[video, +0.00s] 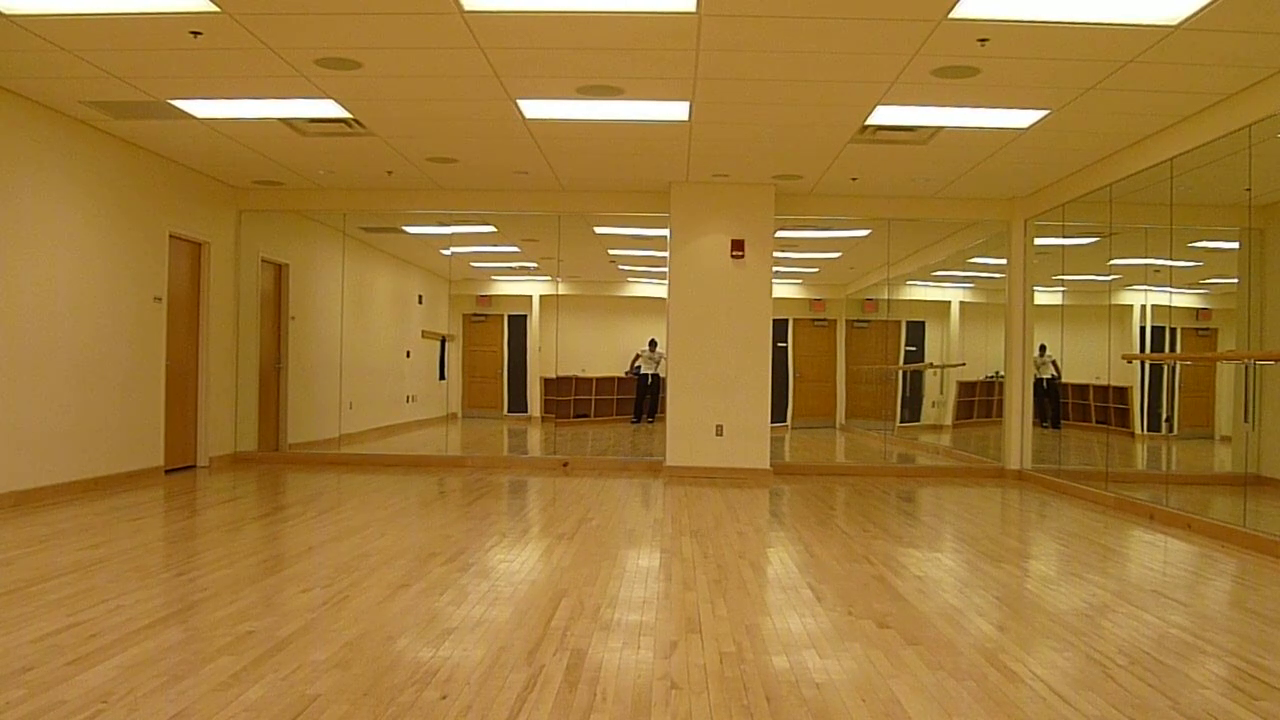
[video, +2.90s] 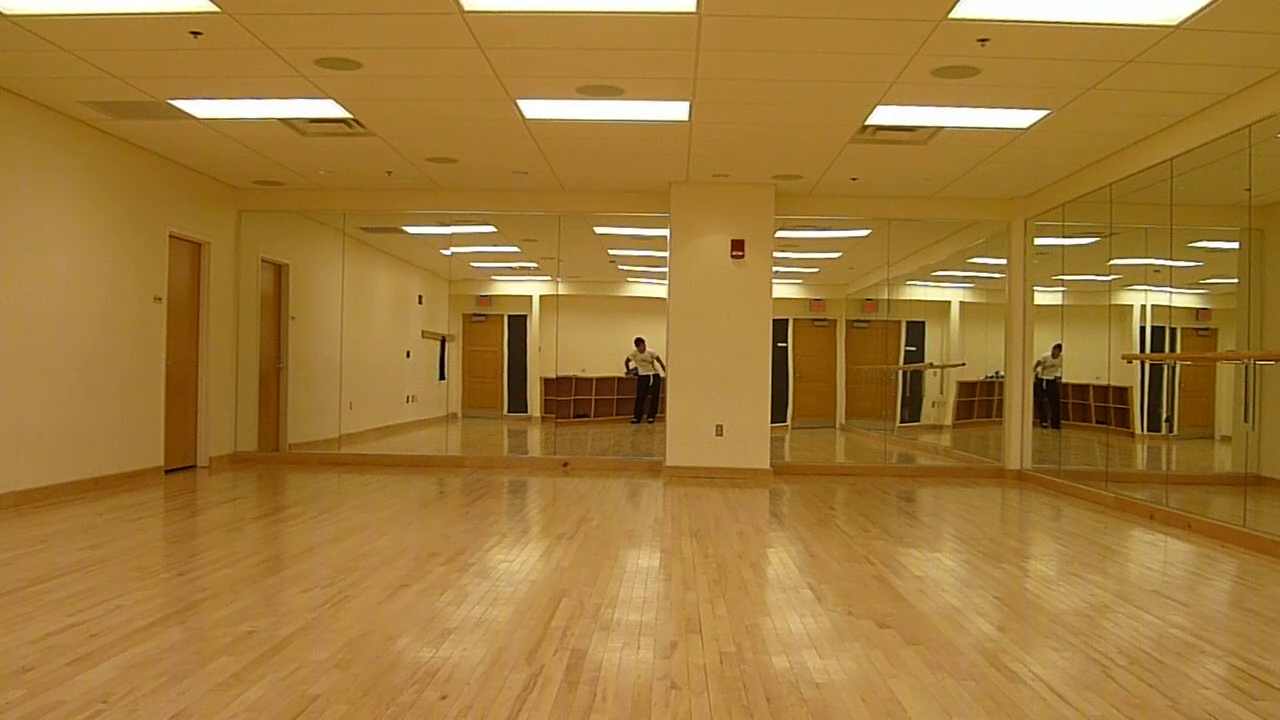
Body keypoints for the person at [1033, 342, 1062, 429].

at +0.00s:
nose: (1042, 353)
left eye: (1043, 351)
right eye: (1041, 351)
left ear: (1046, 351)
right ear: (1038, 351)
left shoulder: (1050, 358)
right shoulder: (1035, 359)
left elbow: (1056, 367)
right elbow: (1033, 369)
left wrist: (1059, 375)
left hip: (1050, 378)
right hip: (1039, 378)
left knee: (1054, 400)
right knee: (1041, 401)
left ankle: (1055, 422)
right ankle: (1043, 421)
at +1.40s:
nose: (1042, 352)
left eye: (1043, 350)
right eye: (1041, 350)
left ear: (1046, 350)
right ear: (1039, 350)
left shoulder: (1049, 357)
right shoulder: (1035, 359)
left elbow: (1056, 367)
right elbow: (1034, 368)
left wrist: (1059, 375)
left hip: (1050, 378)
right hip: (1039, 378)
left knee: (1054, 400)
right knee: (1040, 401)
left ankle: (1055, 421)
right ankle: (1043, 421)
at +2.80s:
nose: (1052, 353)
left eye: (1054, 351)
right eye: (1051, 350)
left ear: (1057, 352)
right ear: (1049, 350)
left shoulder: (1059, 358)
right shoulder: (1043, 358)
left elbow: (1062, 367)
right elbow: (1035, 367)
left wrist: (1060, 376)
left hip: (1052, 379)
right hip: (1041, 379)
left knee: (1055, 401)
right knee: (1041, 400)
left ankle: (1055, 422)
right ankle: (1043, 420)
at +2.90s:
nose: (1055, 353)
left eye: (1058, 352)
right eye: (1054, 351)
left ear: (1060, 352)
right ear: (1052, 350)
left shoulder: (1060, 359)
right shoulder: (1045, 357)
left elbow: (1061, 367)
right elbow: (1037, 364)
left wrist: (1060, 376)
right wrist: (1035, 371)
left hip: (1052, 379)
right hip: (1042, 379)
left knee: (1055, 401)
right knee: (1041, 400)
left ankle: (1055, 422)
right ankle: (1043, 420)